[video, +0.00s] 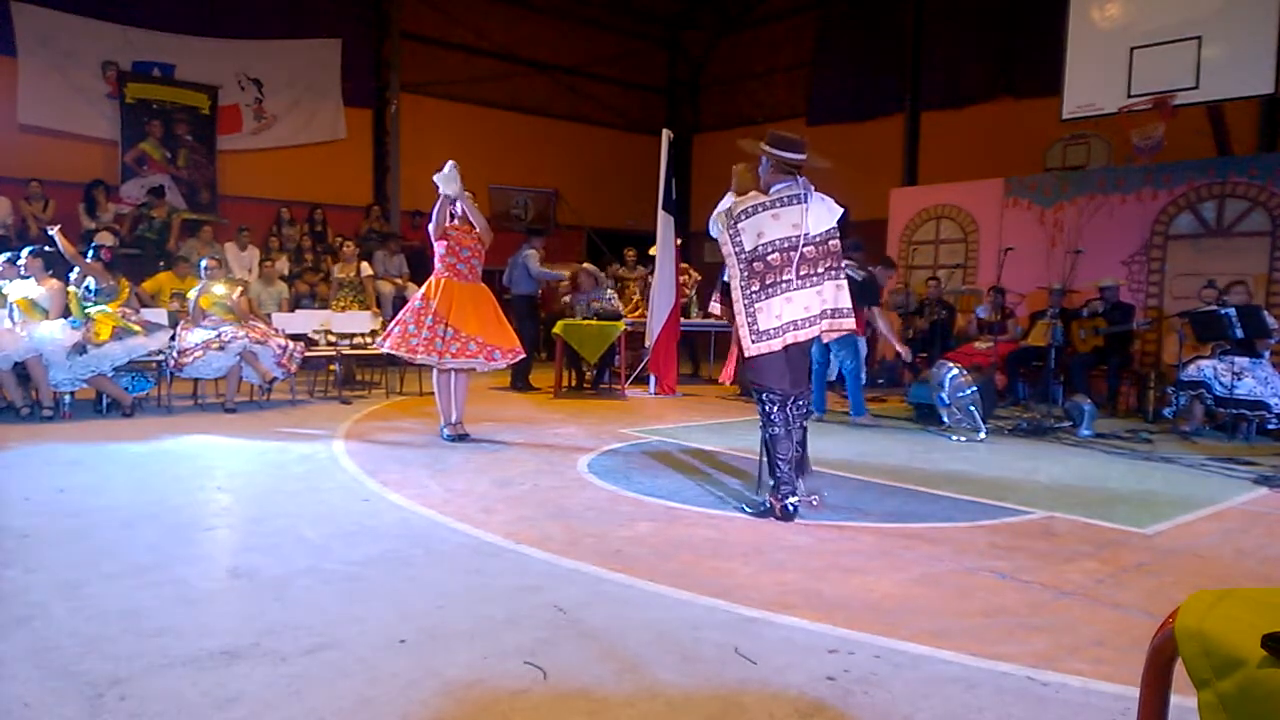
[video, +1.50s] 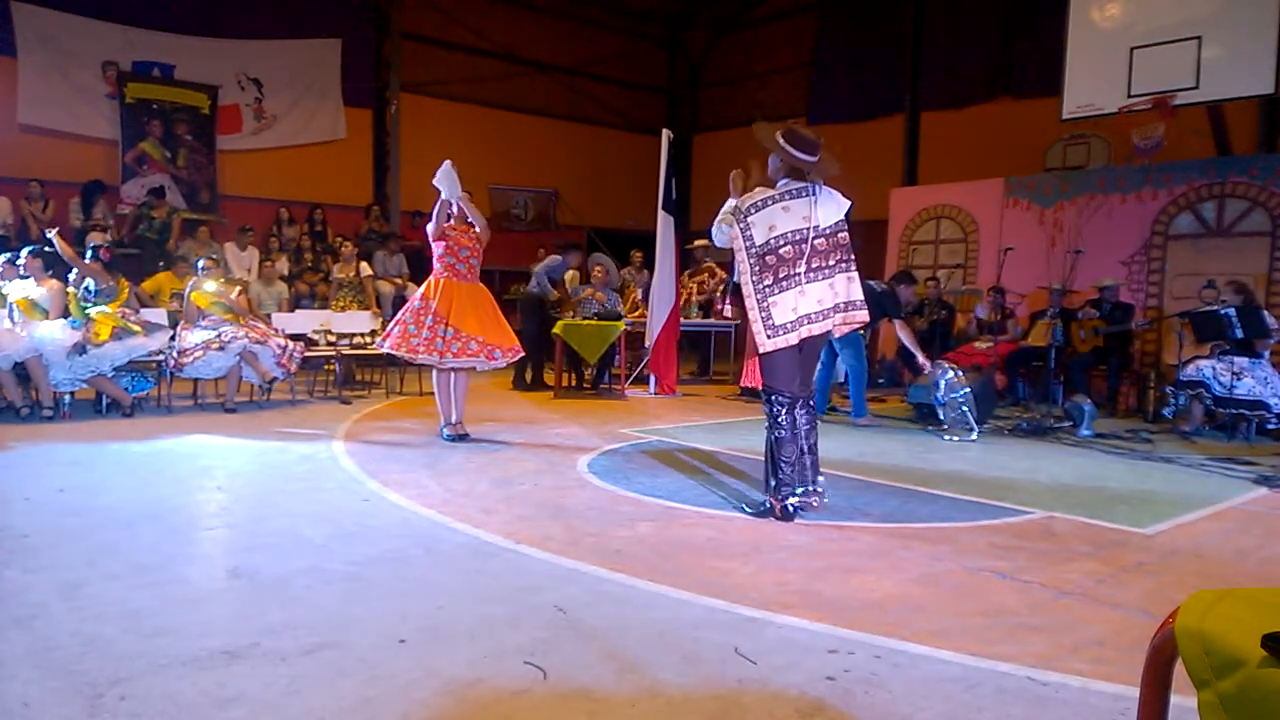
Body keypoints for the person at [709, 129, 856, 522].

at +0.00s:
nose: (759, 168)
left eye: (762, 163)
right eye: (764, 163)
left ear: (769, 167)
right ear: (800, 168)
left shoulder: (750, 210)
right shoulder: (823, 207)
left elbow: (717, 224)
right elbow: (833, 269)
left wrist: (732, 193)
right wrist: (829, 319)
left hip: (764, 320)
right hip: (805, 315)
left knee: (774, 404)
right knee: (798, 399)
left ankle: (784, 494)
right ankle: (794, 483)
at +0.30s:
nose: (760, 170)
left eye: (762, 164)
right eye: (763, 164)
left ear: (769, 167)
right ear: (800, 168)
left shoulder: (752, 211)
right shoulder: (823, 207)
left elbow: (717, 234)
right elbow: (833, 268)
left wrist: (734, 198)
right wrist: (832, 317)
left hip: (765, 319)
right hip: (807, 314)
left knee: (774, 404)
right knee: (798, 399)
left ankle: (783, 495)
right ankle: (795, 484)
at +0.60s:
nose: (760, 170)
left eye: (762, 164)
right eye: (763, 164)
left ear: (771, 165)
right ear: (800, 167)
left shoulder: (755, 211)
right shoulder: (823, 208)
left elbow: (719, 237)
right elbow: (833, 269)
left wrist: (730, 197)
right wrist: (833, 318)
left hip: (767, 321)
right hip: (808, 316)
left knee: (775, 405)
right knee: (798, 400)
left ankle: (782, 497)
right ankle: (795, 486)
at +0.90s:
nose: (762, 167)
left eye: (766, 163)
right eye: (766, 162)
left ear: (775, 167)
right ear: (802, 168)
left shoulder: (757, 211)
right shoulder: (828, 208)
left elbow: (721, 240)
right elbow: (835, 268)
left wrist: (730, 200)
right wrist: (833, 319)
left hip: (768, 320)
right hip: (810, 316)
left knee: (775, 406)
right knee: (799, 400)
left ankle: (783, 496)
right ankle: (795, 485)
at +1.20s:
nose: (763, 165)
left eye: (768, 161)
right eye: (767, 159)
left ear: (778, 166)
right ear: (804, 169)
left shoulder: (755, 209)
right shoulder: (826, 206)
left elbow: (717, 238)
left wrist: (731, 201)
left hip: (771, 319)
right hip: (812, 314)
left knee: (777, 405)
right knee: (799, 401)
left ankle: (782, 497)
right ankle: (795, 486)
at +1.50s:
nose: (769, 158)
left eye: (773, 155)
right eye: (773, 153)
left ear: (780, 163)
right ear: (810, 165)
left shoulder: (755, 205)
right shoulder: (827, 202)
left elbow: (719, 236)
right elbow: (838, 263)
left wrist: (734, 197)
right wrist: (839, 315)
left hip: (775, 318)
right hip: (818, 313)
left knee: (781, 405)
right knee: (803, 399)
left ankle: (781, 497)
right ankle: (809, 487)